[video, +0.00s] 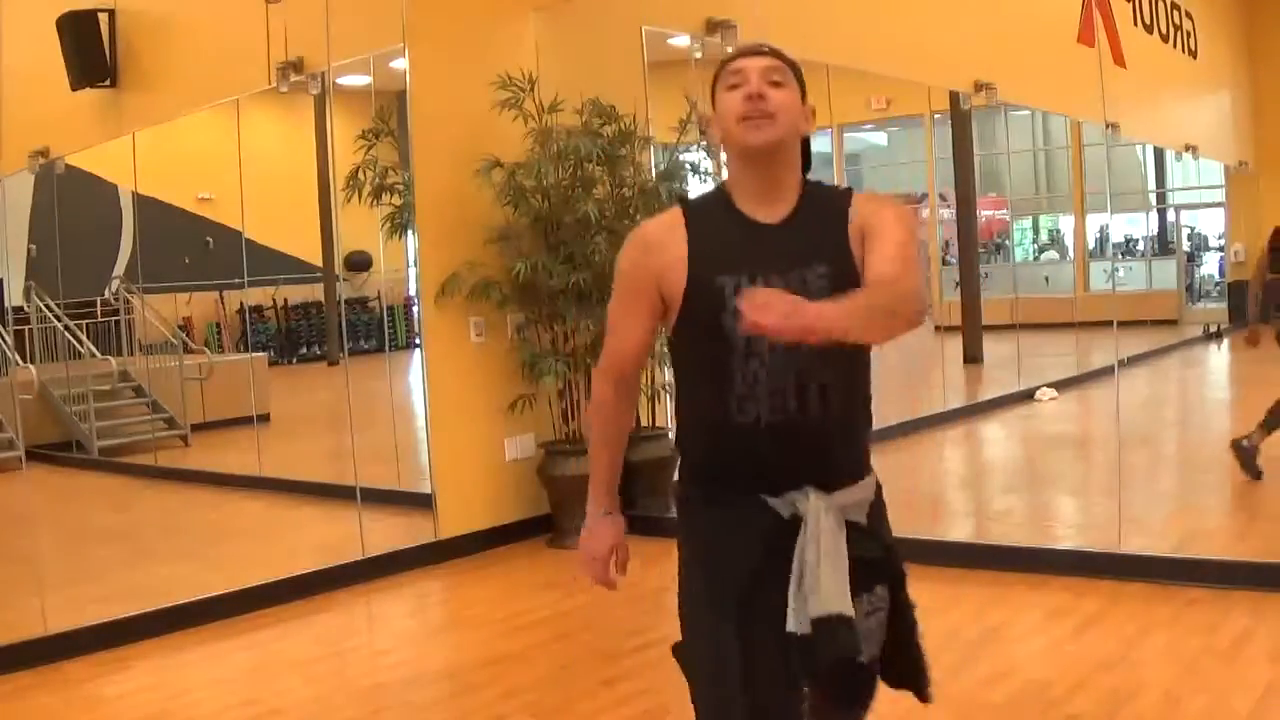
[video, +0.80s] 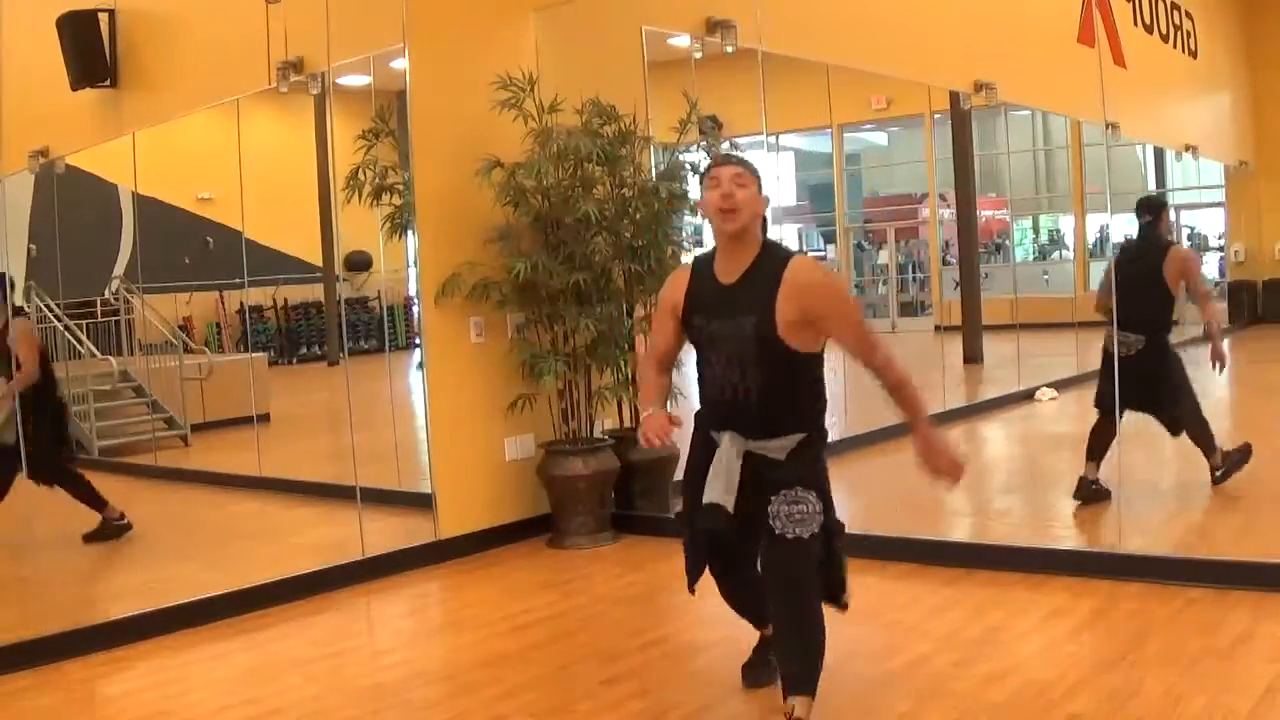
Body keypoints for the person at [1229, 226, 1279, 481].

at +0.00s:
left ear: (1274, 240)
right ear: (1273, 239)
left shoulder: (1273, 245)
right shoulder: (1274, 244)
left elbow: (1257, 279)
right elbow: (1257, 278)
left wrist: (1253, 323)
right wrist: (1253, 323)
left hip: (1278, 330)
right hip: (1278, 329)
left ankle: (1253, 441)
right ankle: (1252, 441)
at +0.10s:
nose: (1277, 205)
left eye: (1276, 200)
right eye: (1276, 200)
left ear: (1273, 201)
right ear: (1273, 200)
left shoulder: (1264, 234)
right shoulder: (1265, 234)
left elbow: (1235, 272)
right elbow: (1235, 272)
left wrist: (1229, 314)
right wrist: (1228, 314)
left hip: (1266, 325)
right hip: (1268, 325)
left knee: (1269, 392)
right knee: (1269, 392)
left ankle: (1234, 455)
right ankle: (1234, 455)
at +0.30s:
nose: (1271, 194)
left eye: (1263, 189)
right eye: (1269, 189)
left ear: (1240, 191)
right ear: (1266, 191)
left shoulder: (1224, 227)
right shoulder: (1272, 228)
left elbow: (1201, 269)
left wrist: (1194, 309)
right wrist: (1276, 325)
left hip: (1225, 318)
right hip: (1257, 319)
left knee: (1235, 384)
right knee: (1247, 386)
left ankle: (1233, 452)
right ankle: (1230, 460)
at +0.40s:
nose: (1257, 192)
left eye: (1253, 186)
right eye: (1255, 187)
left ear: (1226, 193)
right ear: (1250, 192)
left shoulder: (1208, 226)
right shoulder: (1262, 230)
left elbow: (1182, 268)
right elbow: (1266, 280)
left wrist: (1185, 312)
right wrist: (1258, 324)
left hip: (1205, 324)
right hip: (1237, 326)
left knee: (1202, 389)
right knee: (1235, 396)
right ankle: (1228, 462)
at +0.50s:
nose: (1238, 193)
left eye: (1234, 187)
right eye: (1236, 188)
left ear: (1207, 193)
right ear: (1232, 192)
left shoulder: (1189, 227)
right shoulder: (1244, 229)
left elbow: (1166, 269)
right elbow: (1251, 267)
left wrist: (1174, 303)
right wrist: (1249, 301)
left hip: (1182, 324)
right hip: (1218, 326)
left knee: (1169, 386)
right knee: (1225, 391)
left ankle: (1141, 450)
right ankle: (1227, 462)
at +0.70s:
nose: (1197, 208)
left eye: (1195, 202)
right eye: (1195, 203)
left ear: (1166, 209)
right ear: (1188, 207)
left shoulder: (1146, 242)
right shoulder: (1200, 242)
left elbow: (1123, 288)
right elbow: (1223, 267)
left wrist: (1140, 313)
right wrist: (1229, 302)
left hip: (1135, 339)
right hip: (1173, 339)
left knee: (1126, 402)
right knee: (1203, 399)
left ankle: (1096, 463)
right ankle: (1224, 462)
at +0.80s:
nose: (1171, 223)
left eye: (1167, 218)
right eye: (1169, 217)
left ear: (1140, 221)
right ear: (1164, 219)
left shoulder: (1122, 256)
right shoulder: (1180, 256)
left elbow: (1101, 304)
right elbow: (1203, 298)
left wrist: (1128, 318)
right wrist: (1216, 341)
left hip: (1115, 352)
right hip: (1153, 353)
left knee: (1108, 415)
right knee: (1186, 408)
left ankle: (1088, 479)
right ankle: (1217, 461)